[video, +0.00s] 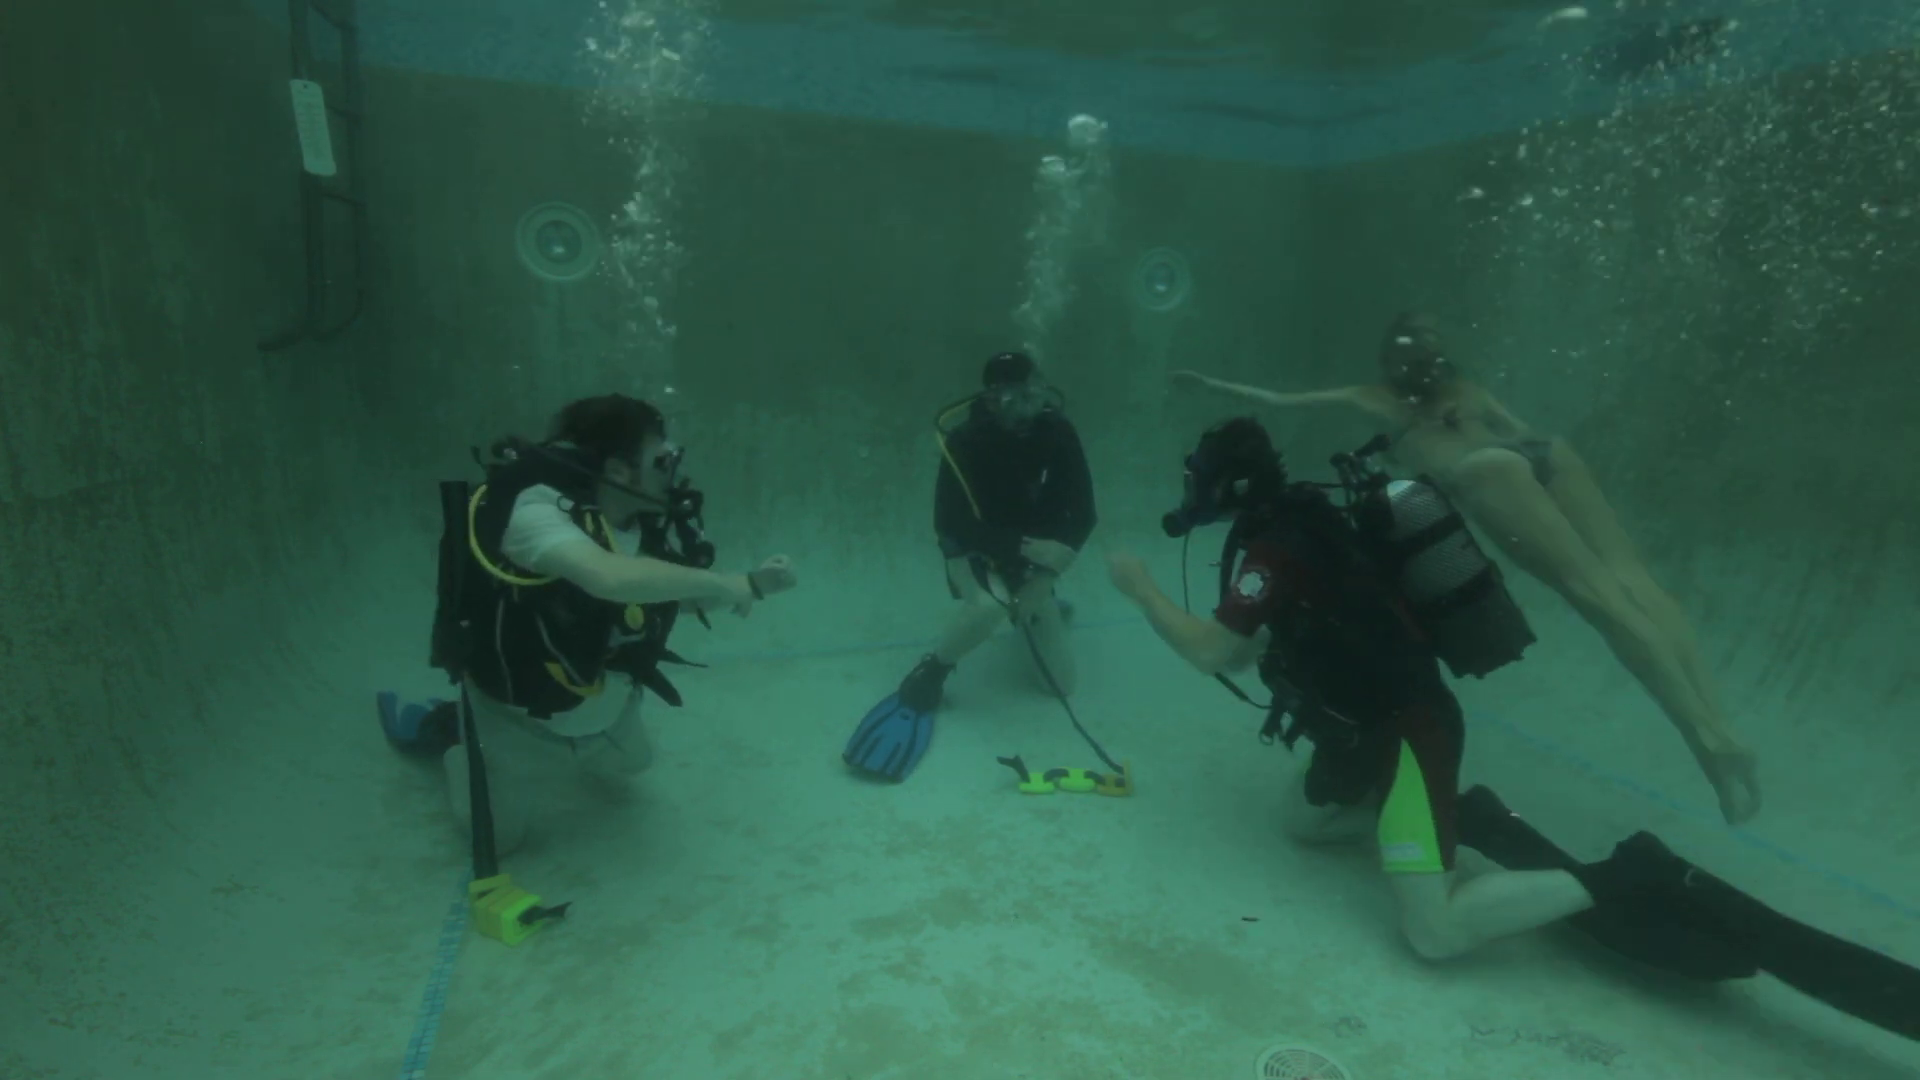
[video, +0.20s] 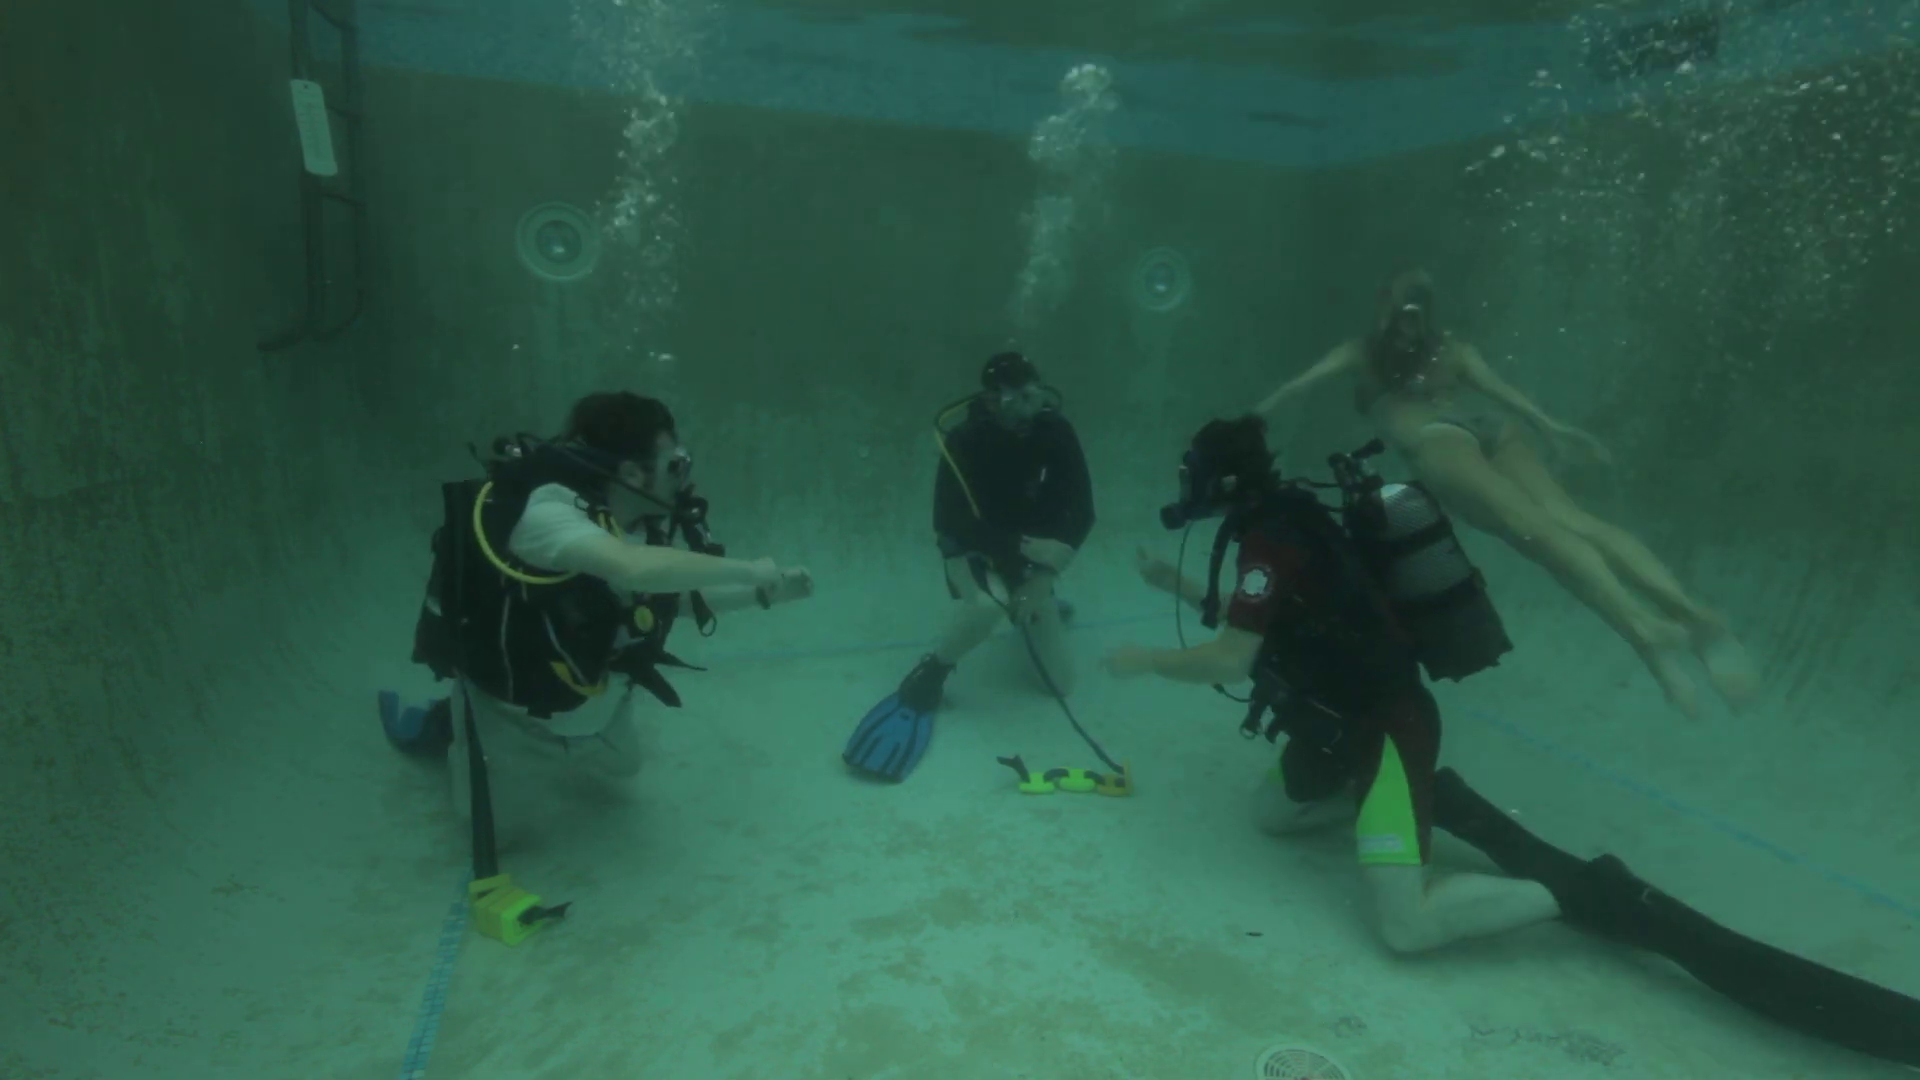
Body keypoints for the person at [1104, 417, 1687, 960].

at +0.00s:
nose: (1189, 492)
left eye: (1197, 481)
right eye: (1192, 480)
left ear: (1229, 486)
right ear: (1254, 471)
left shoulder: (1270, 540)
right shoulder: (1288, 515)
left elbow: (1214, 652)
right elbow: (1249, 644)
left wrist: (1144, 592)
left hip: (1408, 722)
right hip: (1362, 708)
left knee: (1435, 931)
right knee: (1314, 823)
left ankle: (1605, 881)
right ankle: (1450, 826)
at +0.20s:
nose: (1189, 483)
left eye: (1197, 473)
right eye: (1190, 471)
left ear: (1226, 479)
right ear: (1245, 470)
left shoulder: (1271, 536)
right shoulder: (1275, 513)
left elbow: (1231, 659)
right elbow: (1267, 618)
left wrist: (1148, 662)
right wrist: (1184, 588)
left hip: (1386, 719)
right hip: (1339, 703)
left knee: (1406, 925)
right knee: (1276, 811)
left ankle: (1579, 890)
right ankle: (1410, 798)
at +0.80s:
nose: (1166, 495)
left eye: (1177, 479)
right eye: (1157, 483)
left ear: (1210, 471)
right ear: (1154, 479)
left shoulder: (1266, 523)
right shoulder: (1217, 522)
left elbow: (1301, 634)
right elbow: (1191, 589)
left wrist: (1210, 673)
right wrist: (1124, 621)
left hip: (1358, 673)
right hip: (1299, 673)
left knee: (1401, 846)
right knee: (1264, 787)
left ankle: (1577, 824)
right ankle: (1389, 776)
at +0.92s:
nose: (1174, 485)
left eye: (1185, 468)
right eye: (1164, 472)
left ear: (1219, 461)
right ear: (1156, 472)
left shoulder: (1261, 513)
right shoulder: (1207, 517)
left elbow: (1280, 625)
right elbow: (1206, 601)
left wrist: (1177, 623)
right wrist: (1159, 635)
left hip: (1350, 672)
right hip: (1294, 672)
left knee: (1395, 842)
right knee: (1261, 770)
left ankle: (1572, 785)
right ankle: (1410, 769)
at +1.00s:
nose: (1170, 484)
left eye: (1182, 466)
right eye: (1160, 470)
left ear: (1216, 457)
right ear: (1161, 472)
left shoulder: (1261, 511)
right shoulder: (1210, 517)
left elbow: (1267, 614)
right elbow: (1205, 601)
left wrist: (1182, 599)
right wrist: (1159, 646)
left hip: (1346, 670)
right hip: (1292, 666)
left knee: (1383, 840)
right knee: (1260, 765)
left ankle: (1548, 765)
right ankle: (1405, 761)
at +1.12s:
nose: (1171, 477)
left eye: (1184, 460)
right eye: (1161, 464)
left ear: (1216, 454)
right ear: (1155, 467)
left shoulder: (1254, 506)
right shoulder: (1195, 509)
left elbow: (1257, 595)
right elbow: (1200, 593)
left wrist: (1189, 579)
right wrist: (1161, 652)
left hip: (1337, 660)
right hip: (1275, 652)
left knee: (1365, 829)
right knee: (1259, 749)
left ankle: (1512, 747)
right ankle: (1392, 752)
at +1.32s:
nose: (1176, 478)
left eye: (1188, 462)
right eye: (1166, 465)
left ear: (1221, 454)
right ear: (1157, 467)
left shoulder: (1266, 503)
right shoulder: (1180, 502)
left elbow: (1267, 631)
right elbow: (1147, 578)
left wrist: (1169, 599)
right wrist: (1096, 604)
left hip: (1324, 656)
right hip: (1264, 650)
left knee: (1333, 822)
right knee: (1242, 740)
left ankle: (1458, 738)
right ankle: (1378, 736)